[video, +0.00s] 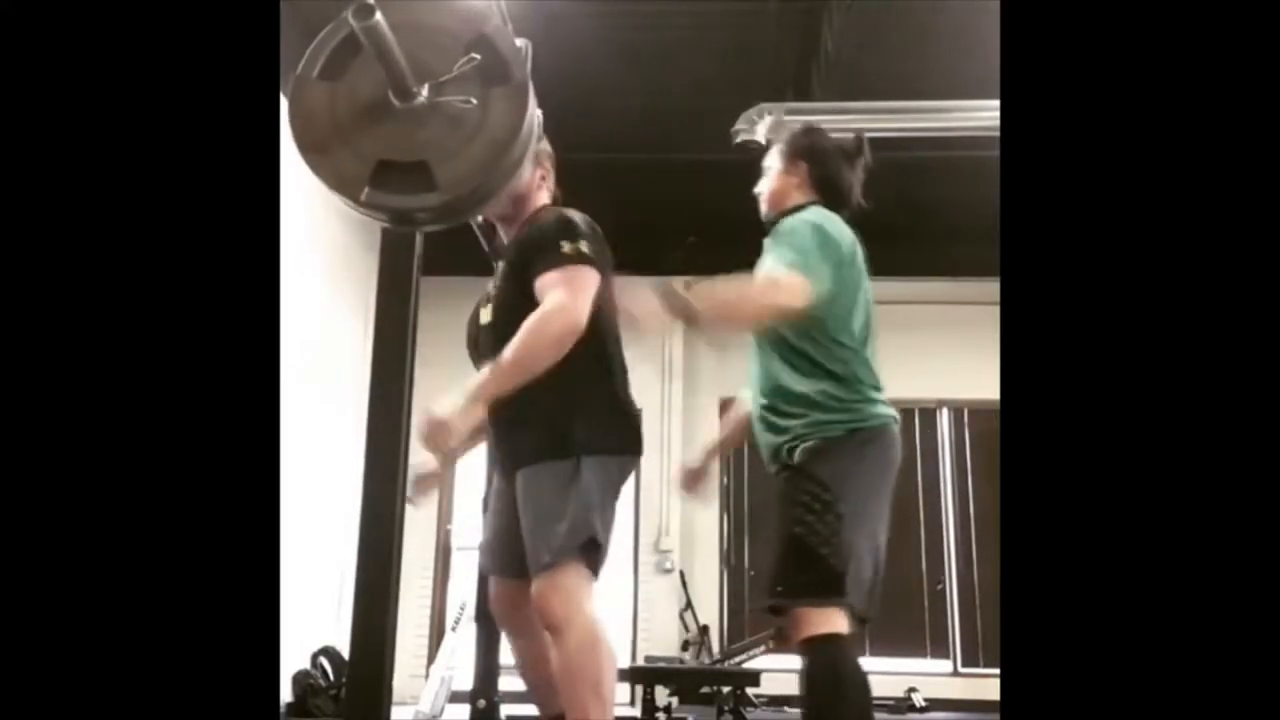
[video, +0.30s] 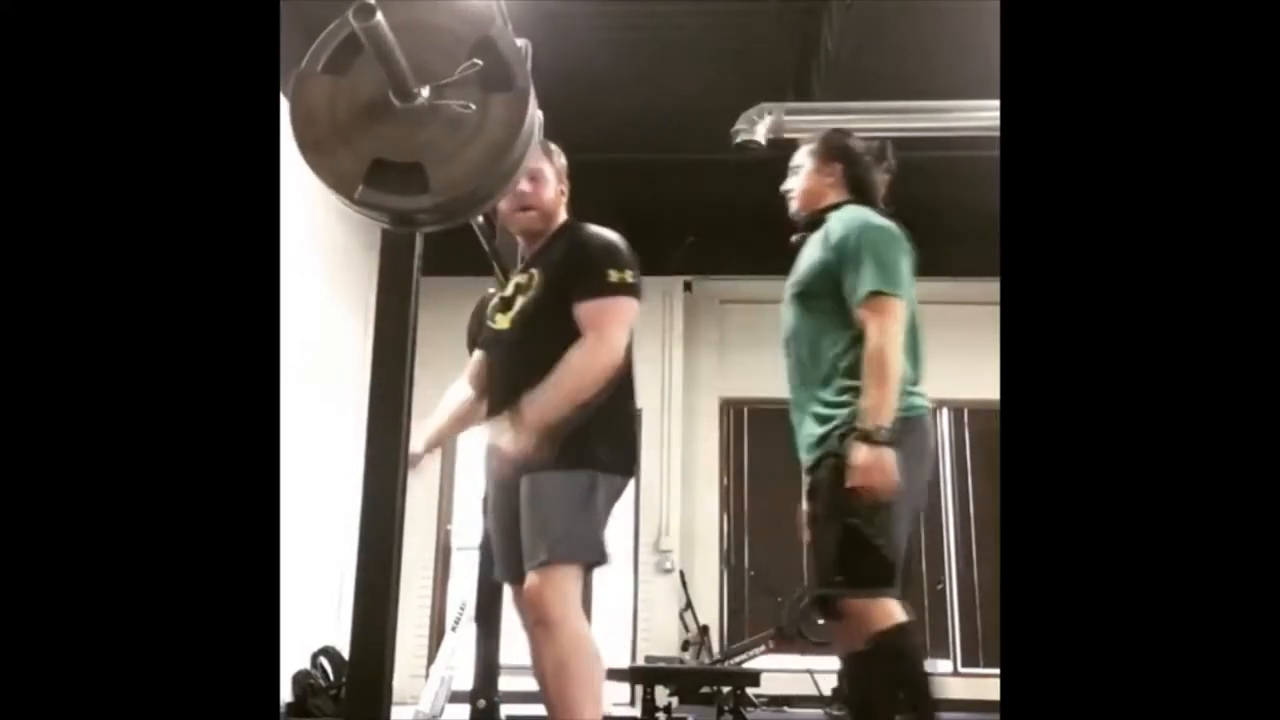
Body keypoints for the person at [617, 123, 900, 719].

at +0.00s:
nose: (759, 181)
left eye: (770, 169)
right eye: (763, 169)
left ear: (802, 175)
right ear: (809, 179)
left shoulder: (809, 228)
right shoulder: (802, 243)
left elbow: (786, 293)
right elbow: (779, 382)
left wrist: (680, 300)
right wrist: (712, 451)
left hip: (840, 440)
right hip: (822, 444)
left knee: (816, 613)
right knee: (808, 619)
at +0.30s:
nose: (787, 183)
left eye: (796, 171)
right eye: (789, 173)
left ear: (832, 173)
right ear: (828, 176)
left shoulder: (862, 228)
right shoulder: (823, 243)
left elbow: (883, 332)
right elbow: (830, 366)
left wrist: (875, 434)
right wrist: (816, 471)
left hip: (871, 435)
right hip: (836, 441)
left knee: (865, 592)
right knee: (842, 598)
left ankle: (913, 712)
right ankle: (869, 711)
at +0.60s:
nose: (842, 179)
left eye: (852, 164)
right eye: (842, 168)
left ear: (893, 164)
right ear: (880, 170)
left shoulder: (930, 219)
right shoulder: (877, 244)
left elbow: (939, 315)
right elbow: (871, 376)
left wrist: (888, 411)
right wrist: (837, 466)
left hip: (937, 445)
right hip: (878, 451)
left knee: (978, 618)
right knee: (878, 622)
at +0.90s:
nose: (907, 164)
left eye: (918, 147)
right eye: (907, 151)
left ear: (962, 145)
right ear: (951, 151)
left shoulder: (990, 204)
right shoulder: (943, 231)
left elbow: (1002, 313)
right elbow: (927, 369)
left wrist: (954, 400)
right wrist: (894, 458)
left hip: (984, 447)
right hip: (937, 455)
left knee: (993, 623)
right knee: (934, 623)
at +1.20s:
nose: (962, 149)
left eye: (976, 134)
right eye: (960, 138)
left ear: (1006, 140)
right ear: (966, 151)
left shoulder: (994, 232)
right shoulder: (973, 244)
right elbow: (966, 365)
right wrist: (936, 446)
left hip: (995, 456)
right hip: (970, 458)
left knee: (985, 626)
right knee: (977, 625)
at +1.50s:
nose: (997, 154)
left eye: (997, 143)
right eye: (996, 144)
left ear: (996, 156)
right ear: (990, 157)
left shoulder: (989, 268)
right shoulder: (990, 269)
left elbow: (979, 367)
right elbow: (981, 367)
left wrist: (938, 457)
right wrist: (938, 455)